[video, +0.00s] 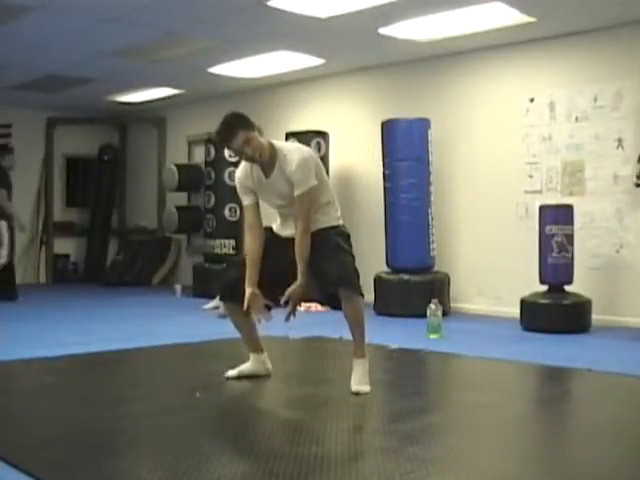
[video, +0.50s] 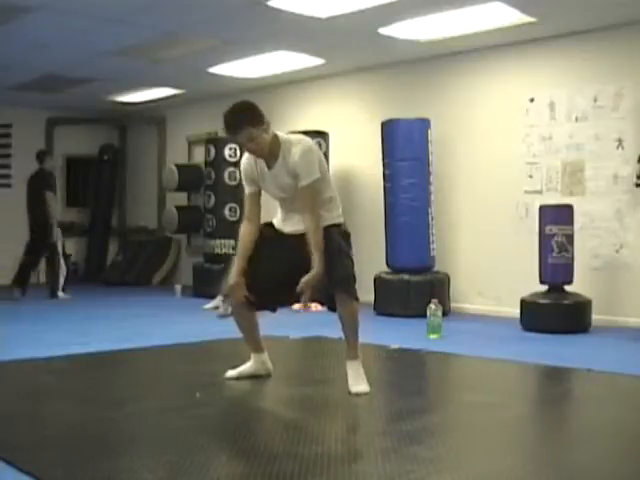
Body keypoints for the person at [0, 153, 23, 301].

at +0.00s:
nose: (14, 161)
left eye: (13, 157)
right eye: (11, 157)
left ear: (7, 158)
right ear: (4, 158)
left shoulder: (6, 175)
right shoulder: (3, 175)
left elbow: (5, 201)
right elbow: (4, 201)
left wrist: (16, 218)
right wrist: (17, 219)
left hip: (7, 221)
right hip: (4, 222)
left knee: (8, 255)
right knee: (5, 255)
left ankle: (8, 288)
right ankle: (6, 289)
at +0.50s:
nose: (53, 162)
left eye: (52, 159)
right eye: (51, 159)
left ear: (39, 160)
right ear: (46, 160)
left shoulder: (33, 177)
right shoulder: (48, 176)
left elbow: (33, 206)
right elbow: (50, 204)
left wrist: (35, 224)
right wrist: (54, 227)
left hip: (36, 224)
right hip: (47, 224)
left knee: (32, 255)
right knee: (55, 256)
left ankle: (18, 285)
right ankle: (56, 289)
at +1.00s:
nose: (90, 167)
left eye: (89, 163)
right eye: (87, 164)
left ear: (75, 165)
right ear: (81, 165)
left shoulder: (70, 180)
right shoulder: (83, 179)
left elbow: (70, 203)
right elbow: (88, 201)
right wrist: (99, 217)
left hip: (73, 219)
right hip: (83, 219)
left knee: (80, 255)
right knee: (82, 256)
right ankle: (63, 287)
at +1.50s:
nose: (122, 164)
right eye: (121, 161)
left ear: (101, 158)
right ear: (115, 160)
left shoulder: (95, 174)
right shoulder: (113, 177)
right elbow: (115, 204)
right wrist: (126, 218)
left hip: (97, 218)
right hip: (113, 219)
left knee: (96, 252)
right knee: (127, 255)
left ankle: (92, 286)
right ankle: (137, 287)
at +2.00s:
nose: (145, 164)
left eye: (144, 161)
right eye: (142, 162)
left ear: (139, 163)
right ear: (137, 163)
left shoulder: (145, 178)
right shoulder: (135, 178)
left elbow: (150, 201)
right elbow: (130, 203)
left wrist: (154, 216)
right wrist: (145, 218)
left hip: (143, 220)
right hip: (135, 220)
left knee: (142, 253)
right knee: (137, 253)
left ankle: (141, 284)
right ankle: (137, 286)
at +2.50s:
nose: (154, 168)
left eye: (156, 164)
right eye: (152, 165)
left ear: (163, 165)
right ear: (149, 167)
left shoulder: (172, 184)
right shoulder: (146, 183)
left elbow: (178, 206)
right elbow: (141, 203)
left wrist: (170, 220)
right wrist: (142, 217)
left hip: (165, 224)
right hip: (149, 223)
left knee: (166, 256)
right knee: (149, 255)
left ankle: (168, 283)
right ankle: (148, 282)